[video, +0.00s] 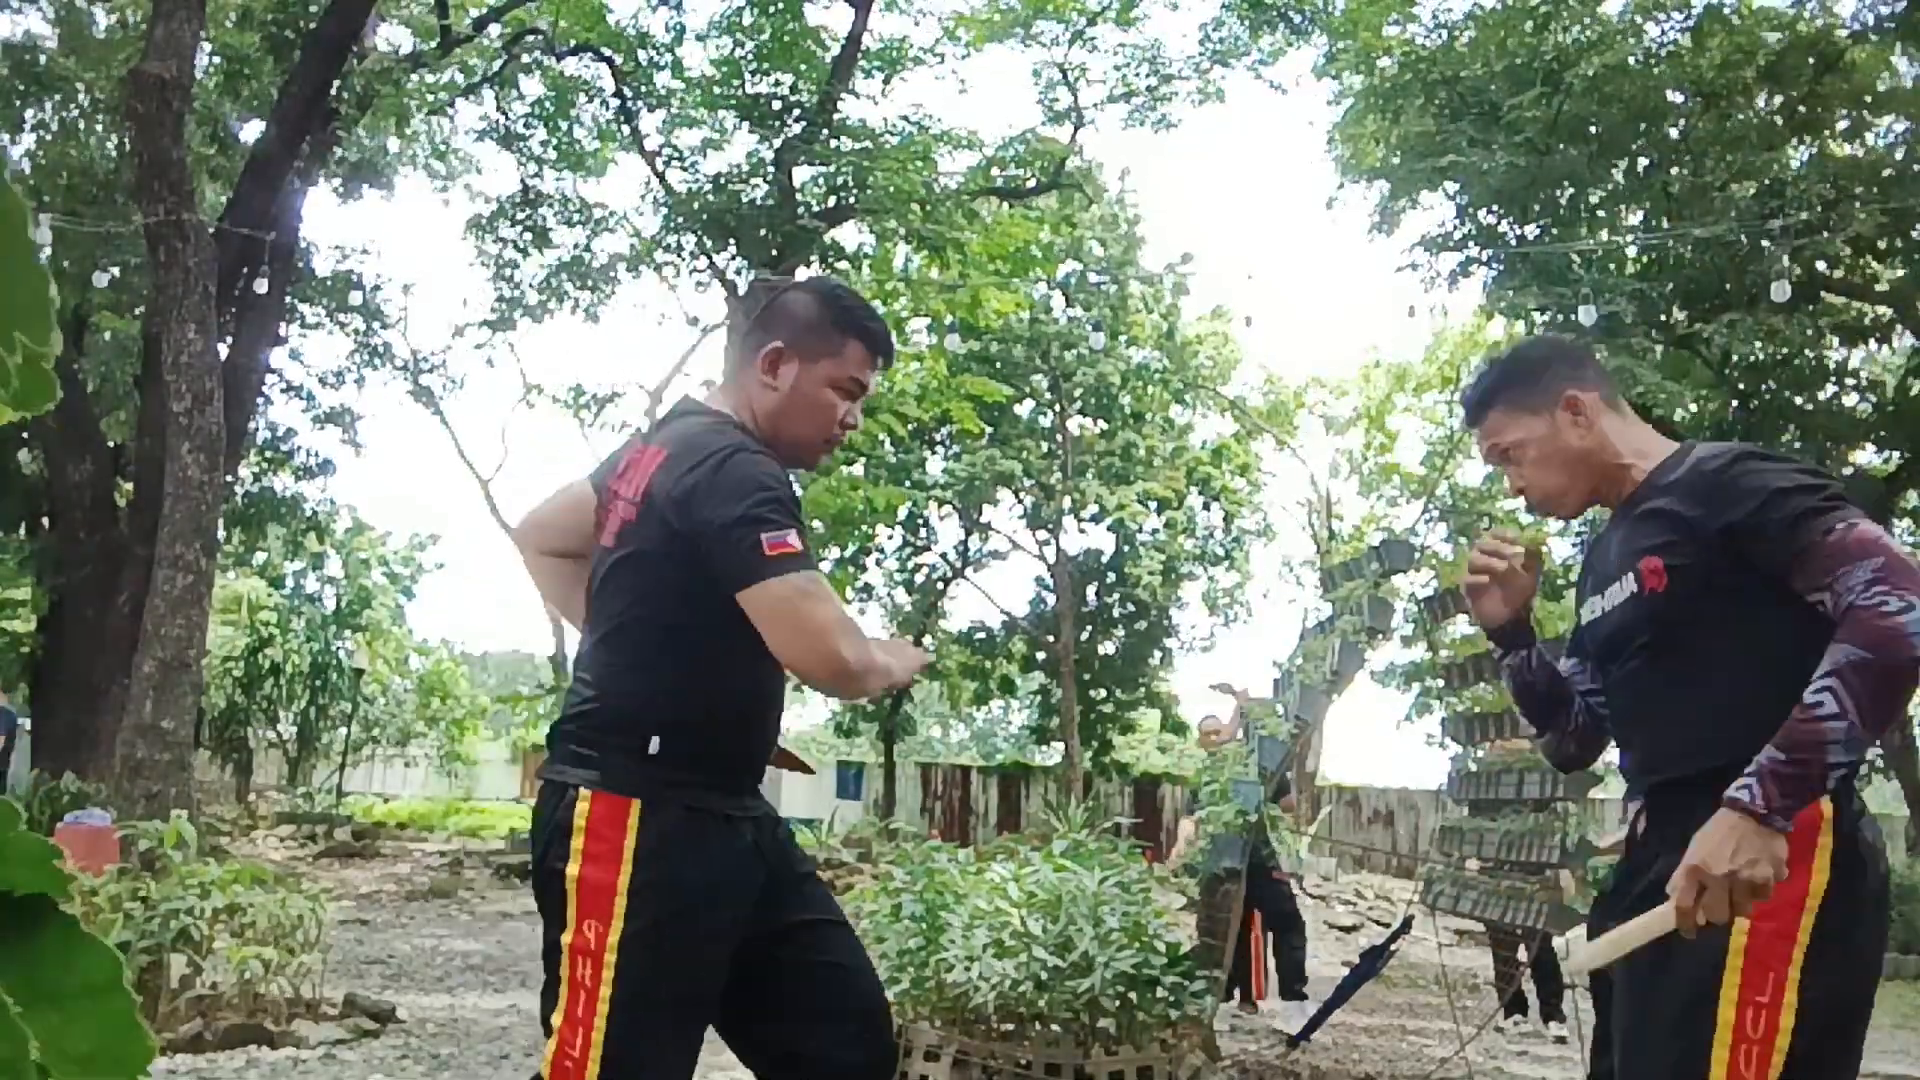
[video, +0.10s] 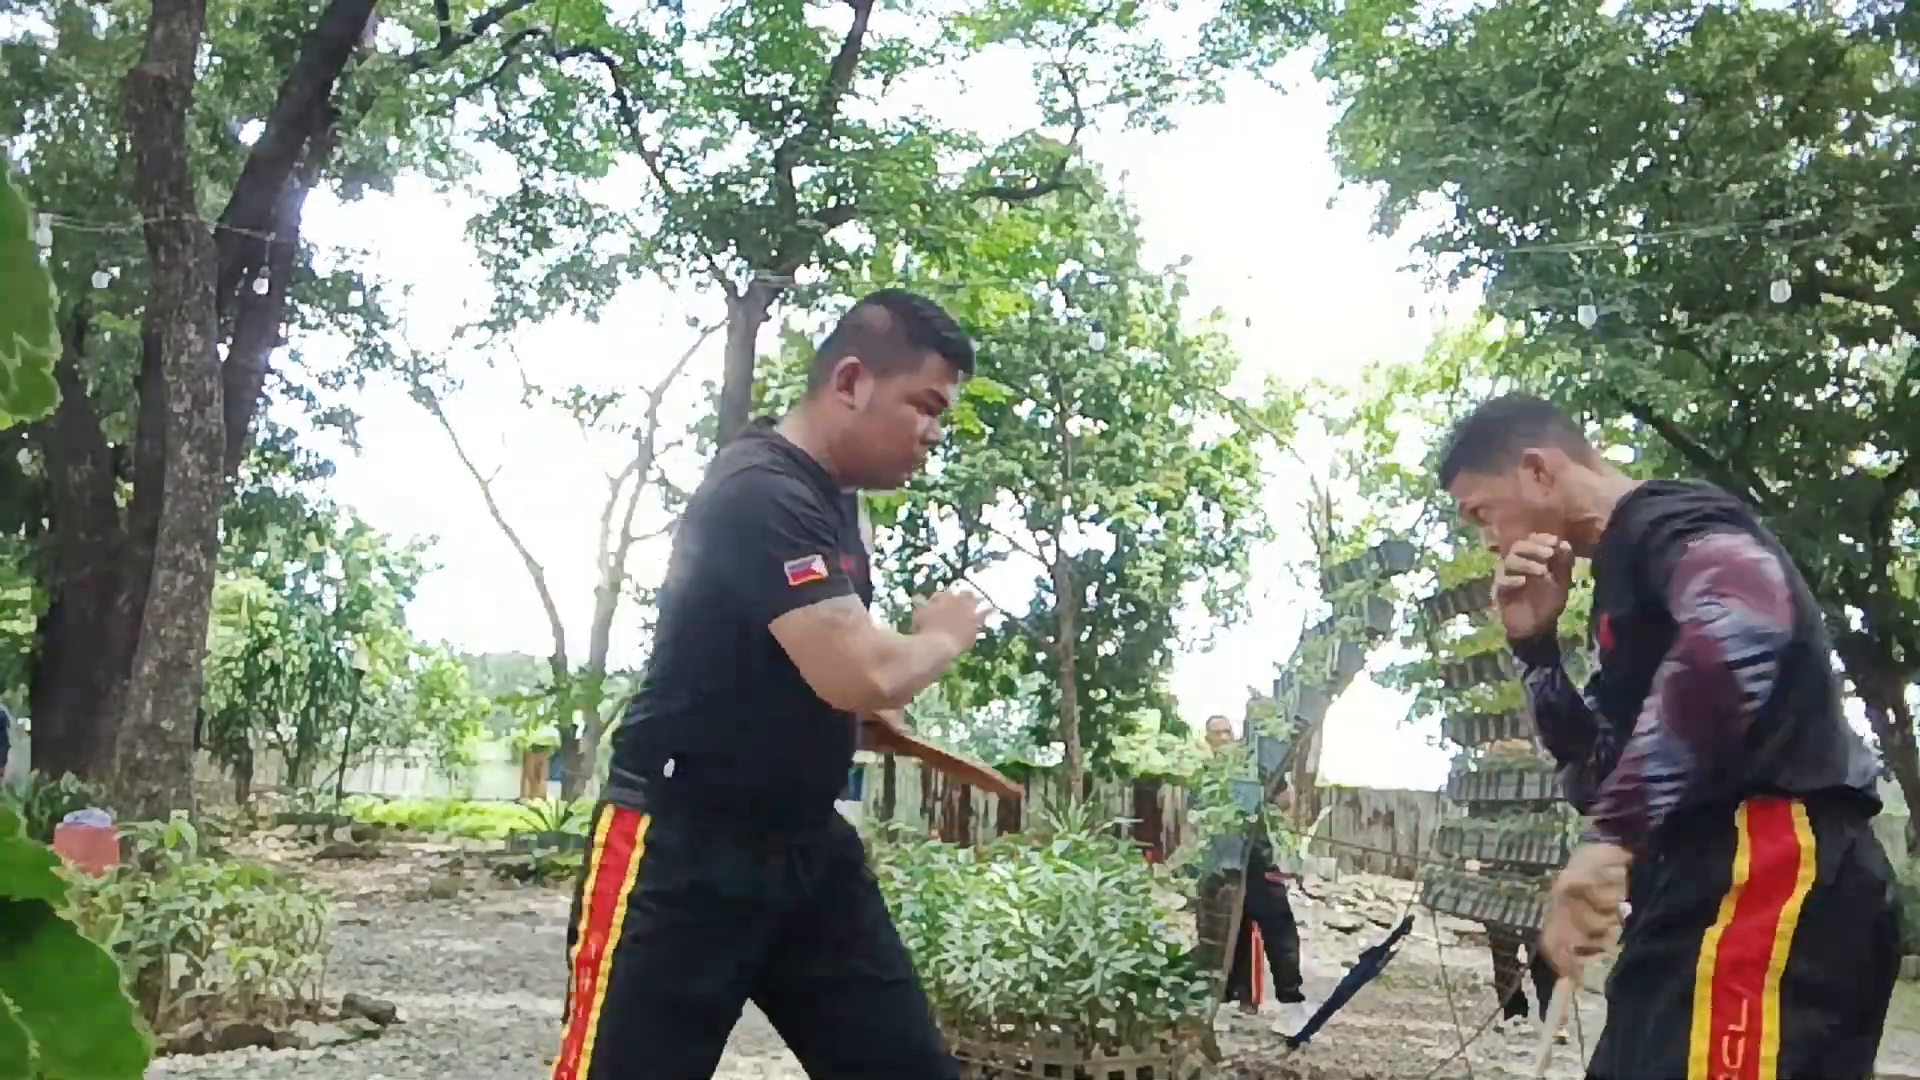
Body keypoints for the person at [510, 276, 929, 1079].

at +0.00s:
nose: (852, 420)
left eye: (860, 401)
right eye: (843, 391)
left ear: (768, 368)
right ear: (772, 366)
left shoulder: (656, 447)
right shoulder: (733, 466)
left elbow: (544, 537)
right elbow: (832, 660)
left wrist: (645, 661)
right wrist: (891, 659)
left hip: (722, 814)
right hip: (634, 814)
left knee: (847, 1048)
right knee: (603, 1066)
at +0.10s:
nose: (936, 434)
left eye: (942, 415)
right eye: (926, 405)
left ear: (854, 390)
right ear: (851, 383)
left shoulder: (832, 500)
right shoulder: (760, 487)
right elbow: (862, 674)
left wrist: (864, 703)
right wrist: (942, 637)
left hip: (801, 845)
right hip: (677, 847)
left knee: (910, 1068)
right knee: (611, 1070)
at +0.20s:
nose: (1001, 467)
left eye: (1007, 445)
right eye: (986, 438)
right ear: (907, 419)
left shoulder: (956, 545)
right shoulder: (781, 524)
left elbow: (971, 664)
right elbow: (843, 708)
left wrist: (1077, 737)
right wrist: (975, 660)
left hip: (877, 880)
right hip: (728, 880)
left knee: (985, 1069)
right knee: (634, 1070)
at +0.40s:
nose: (1108, 502)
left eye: (1118, 479)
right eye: (1087, 473)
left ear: (1120, 482)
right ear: (1002, 461)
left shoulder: (1106, 587)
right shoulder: (880, 555)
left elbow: (1283, 610)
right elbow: (848, 738)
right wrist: (1029, 721)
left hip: (956, 900)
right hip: (790, 890)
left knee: (1053, 1067)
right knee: (663, 1070)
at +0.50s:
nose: (1113, 496)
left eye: (1123, 475)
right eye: (1095, 469)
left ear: (1127, 474)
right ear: (1008, 453)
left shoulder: (1113, 548)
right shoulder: (891, 558)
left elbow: (1286, 503)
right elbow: (869, 744)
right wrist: (1053, 723)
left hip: (969, 900)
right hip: (805, 891)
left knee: (1067, 1065)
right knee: (678, 1066)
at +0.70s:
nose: (1033, 466)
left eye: (1044, 441)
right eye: (1007, 437)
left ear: (1053, 443)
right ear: (926, 428)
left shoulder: (1042, 523)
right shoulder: (829, 565)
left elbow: (1166, 473)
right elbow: (836, 749)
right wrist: (1014, 687)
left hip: (992, 904)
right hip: (823, 903)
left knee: (1071, 1064)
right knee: (696, 1065)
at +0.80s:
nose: (994, 466)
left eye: (1010, 442)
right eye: (968, 437)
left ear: (1025, 443)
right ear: (894, 433)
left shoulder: (1027, 528)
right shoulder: (807, 557)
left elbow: (1113, 543)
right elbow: (778, 741)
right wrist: (959, 694)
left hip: (976, 901)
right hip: (803, 898)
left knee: (1050, 1070)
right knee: (680, 1069)